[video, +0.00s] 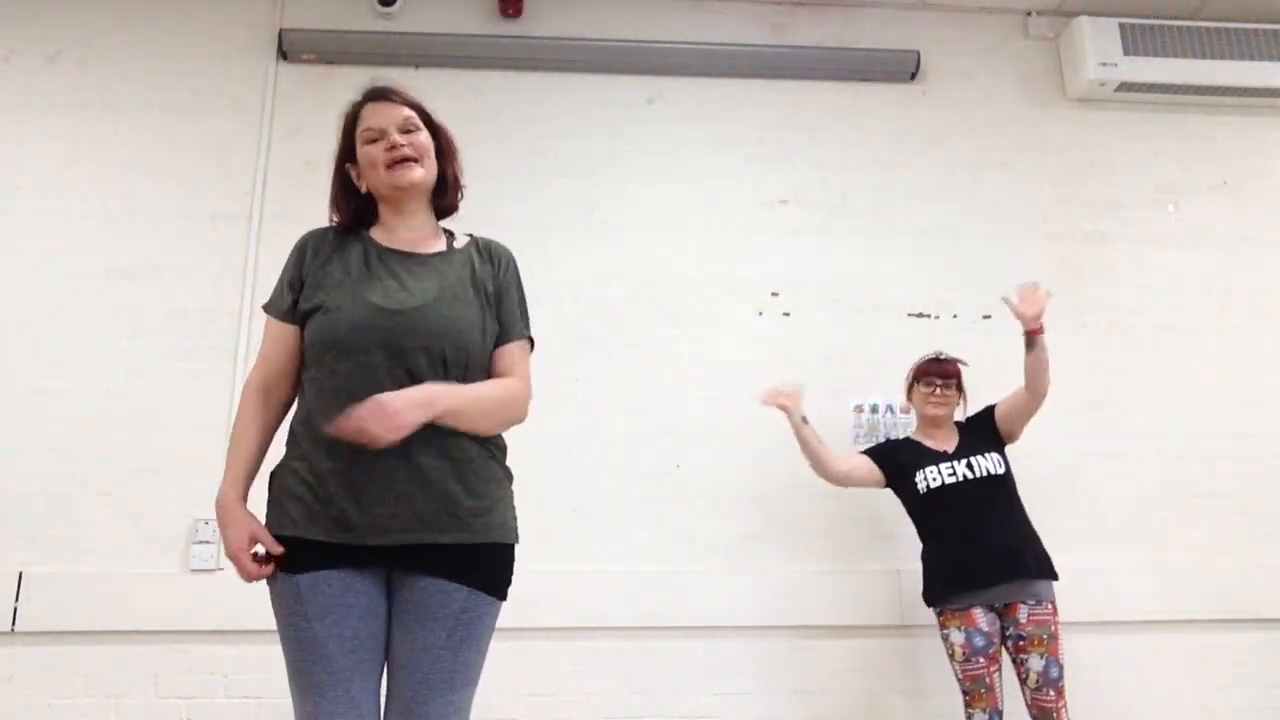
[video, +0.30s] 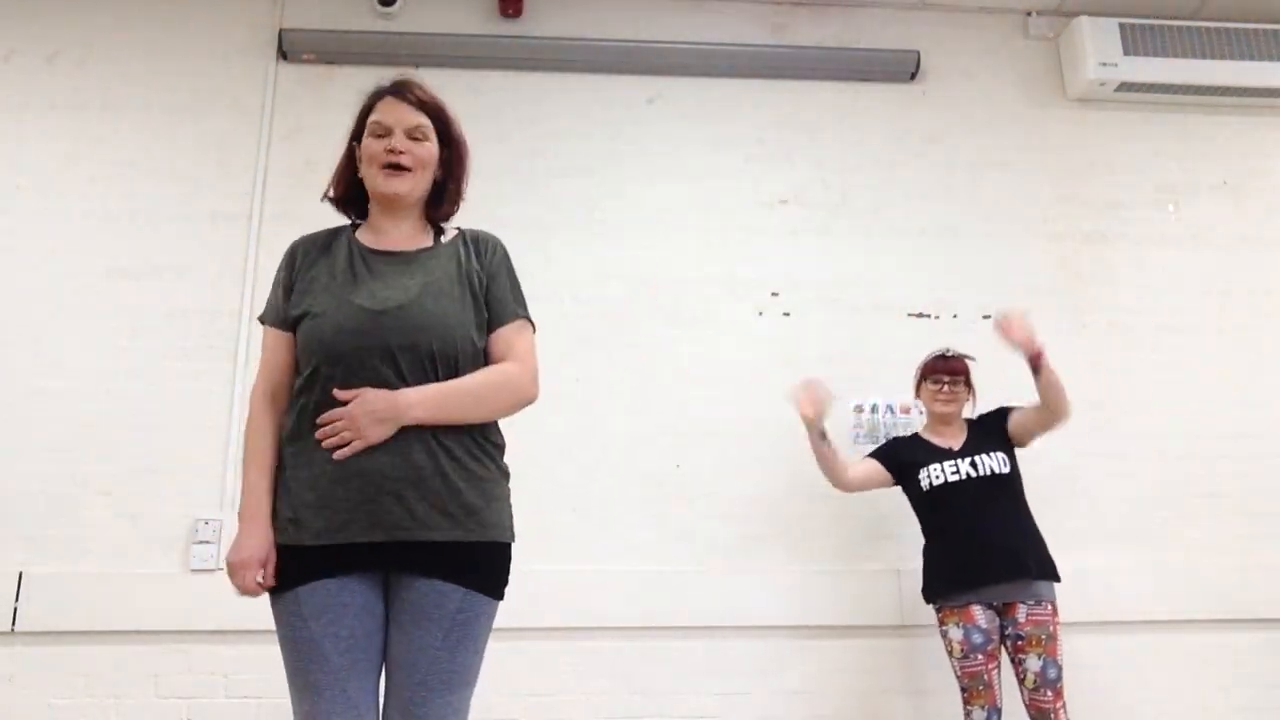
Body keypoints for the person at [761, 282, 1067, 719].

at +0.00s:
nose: (938, 391)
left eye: (948, 385)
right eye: (929, 384)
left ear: (960, 396)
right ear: (910, 395)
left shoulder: (986, 430)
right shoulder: (897, 457)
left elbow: (1035, 391)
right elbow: (835, 470)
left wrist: (1034, 330)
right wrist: (796, 417)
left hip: (1027, 584)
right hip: (961, 597)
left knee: (1050, 707)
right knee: (984, 711)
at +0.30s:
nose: (946, 388)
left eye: (956, 381)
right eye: (936, 381)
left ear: (969, 390)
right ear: (920, 391)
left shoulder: (996, 428)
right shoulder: (904, 452)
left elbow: (1055, 411)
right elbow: (845, 478)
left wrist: (1034, 355)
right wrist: (816, 428)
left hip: (1028, 586)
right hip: (960, 596)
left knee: (1048, 705)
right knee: (982, 710)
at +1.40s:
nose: (1036, 381)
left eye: (1045, 374)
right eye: (1025, 375)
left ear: (1062, 385)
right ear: (1011, 388)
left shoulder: (1090, 438)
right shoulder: (990, 439)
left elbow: (1119, 503)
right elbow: (967, 511)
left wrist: (1134, 553)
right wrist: (980, 571)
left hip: (1081, 596)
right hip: (1015, 596)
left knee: (1074, 708)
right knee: (1032, 707)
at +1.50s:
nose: (1035, 382)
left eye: (1045, 375)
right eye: (1025, 376)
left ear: (1061, 386)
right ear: (1011, 388)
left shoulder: (1089, 439)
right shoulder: (989, 440)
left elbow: (1117, 509)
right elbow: (966, 513)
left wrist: (1130, 565)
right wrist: (984, 574)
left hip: (1081, 596)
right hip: (1014, 595)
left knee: (1074, 708)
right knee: (1031, 707)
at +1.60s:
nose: (1035, 382)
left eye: (1044, 375)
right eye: (1025, 376)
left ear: (1060, 387)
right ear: (1010, 388)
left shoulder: (1087, 440)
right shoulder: (988, 440)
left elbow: (1114, 514)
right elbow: (963, 513)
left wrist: (1127, 579)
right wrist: (982, 578)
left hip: (1081, 597)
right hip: (1013, 595)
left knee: (1074, 709)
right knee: (1030, 708)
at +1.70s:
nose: (1033, 381)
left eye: (1043, 375)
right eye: (1023, 376)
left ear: (1059, 388)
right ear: (1009, 388)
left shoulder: (1086, 440)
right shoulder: (986, 440)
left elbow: (1113, 516)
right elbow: (960, 514)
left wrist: (1121, 582)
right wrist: (975, 581)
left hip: (1080, 598)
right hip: (1012, 598)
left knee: (1074, 709)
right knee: (1028, 710)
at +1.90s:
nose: (1029, 382)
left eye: (1040, 375)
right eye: (1019, 376)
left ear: (1055, 387)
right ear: (1005, 388)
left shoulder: (1082, 439)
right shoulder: (983, 440)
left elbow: (1106, 515)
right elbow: (957, 514)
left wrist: (1111, 580)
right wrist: (964, 582)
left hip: (1077, 597)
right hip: (1008, 598)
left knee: (1070, 709)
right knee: (1024, 710)